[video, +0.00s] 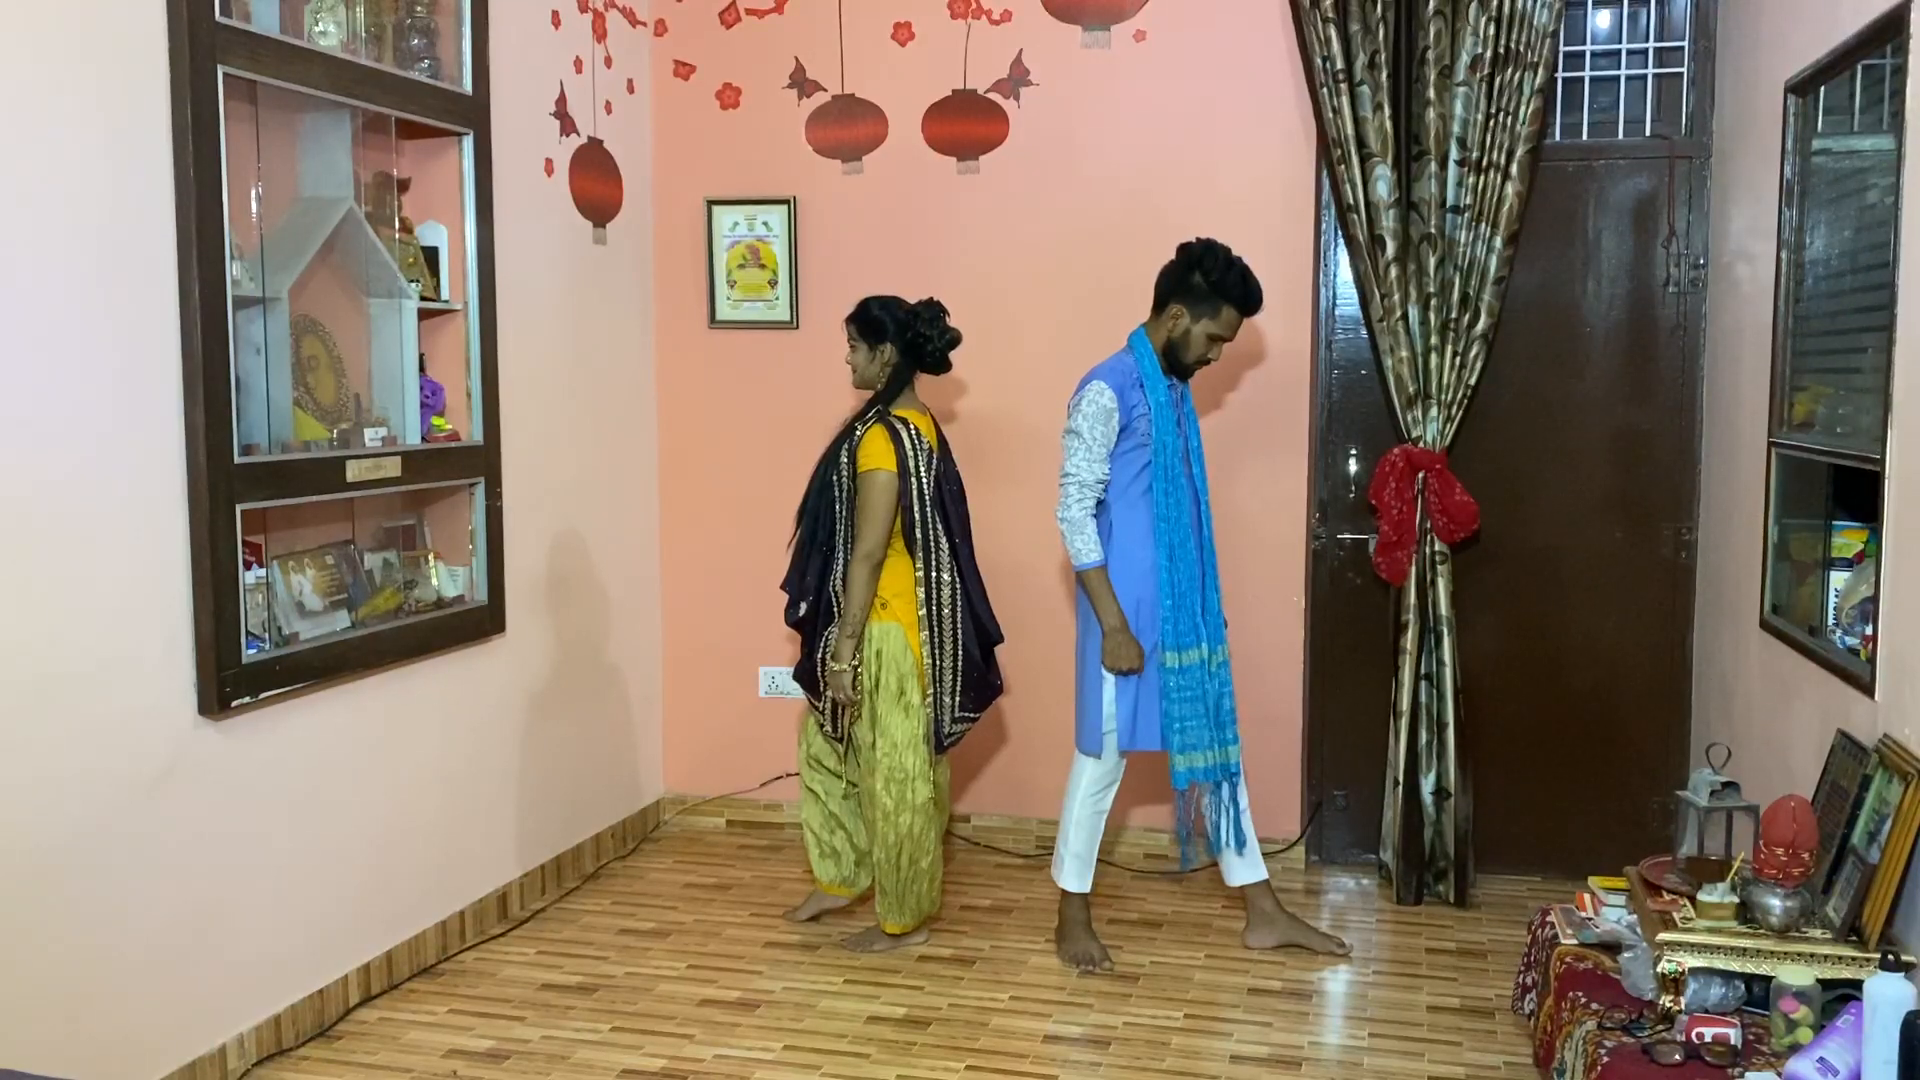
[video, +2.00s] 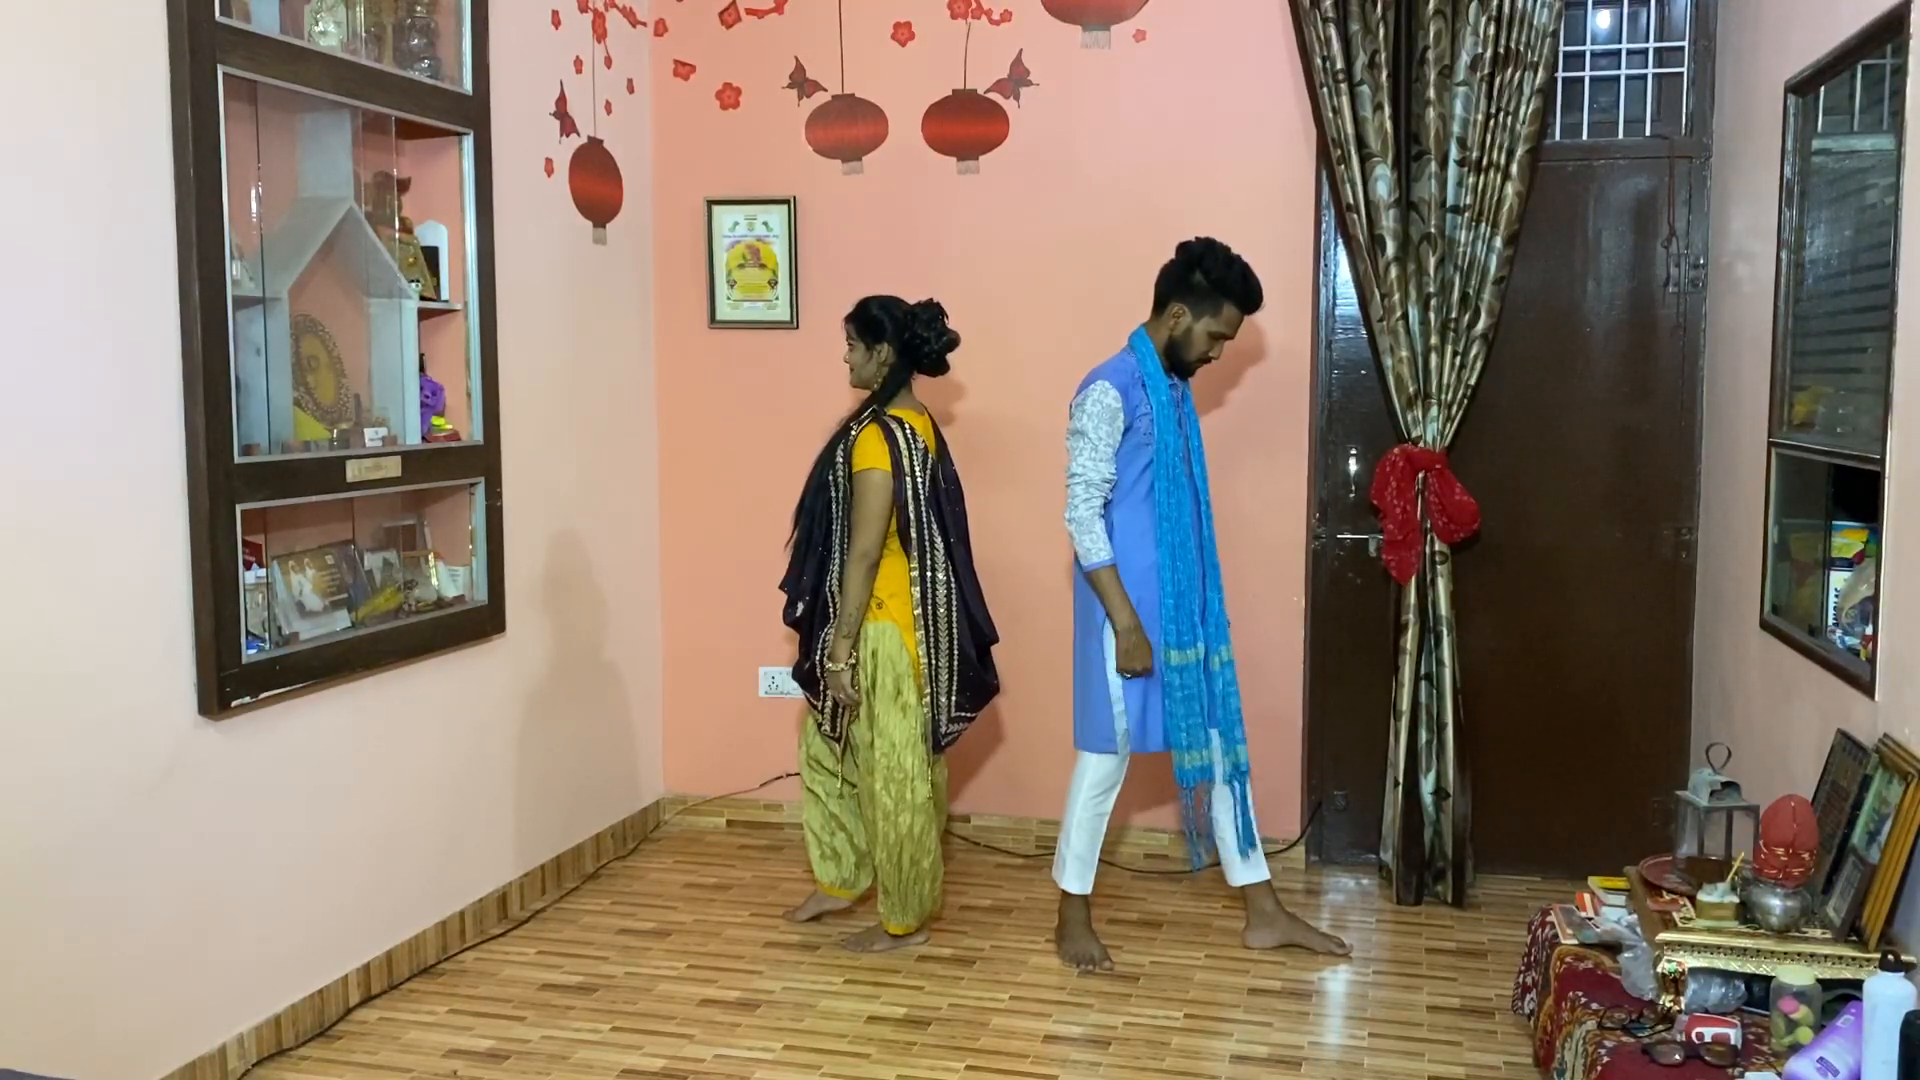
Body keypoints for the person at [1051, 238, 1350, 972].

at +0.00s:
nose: (1219, 353)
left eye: (1226, 340)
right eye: (1215, 337)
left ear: (1194, 320)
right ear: (1173, 312)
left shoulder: (1172, 393)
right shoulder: (1105, 393)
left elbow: (1172, 516)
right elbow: (1075, 515)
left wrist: (1197, 607)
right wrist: (1113, 623)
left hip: (1184, 605)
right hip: (1123, 606)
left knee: (1212, 744)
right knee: (1103, 755)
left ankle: (1263, 908)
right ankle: (1072, 913)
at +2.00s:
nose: (1220, 351)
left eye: (1228, 338)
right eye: (1217, 334)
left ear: (1193, 318)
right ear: (1175, 311)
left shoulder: (1171, 391)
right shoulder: (1108, 392)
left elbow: (1170, 516)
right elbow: (1083, 518)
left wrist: (1197, 606)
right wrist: (1124, 621)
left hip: (1185, 601)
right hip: (1123, 603)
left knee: (1218, 741)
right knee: (1106, 754)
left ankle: (1263, 909)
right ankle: (1072, 915)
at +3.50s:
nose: (1266, 325)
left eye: (1262, 313)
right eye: (1252, 315)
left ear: (1228, 328)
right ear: (1208, 332)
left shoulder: (1260, 414)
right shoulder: (1170, 407)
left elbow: (1295, 491)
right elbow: (1166, 496)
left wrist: (1361, 521)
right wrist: (1170, 572)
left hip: (1259, 619)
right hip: (1186, 615)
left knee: (1313, 757)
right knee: (1158, 787)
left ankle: (1268, 902)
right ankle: (1038, 892)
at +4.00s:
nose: (1170, 352)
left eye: (1183, 340)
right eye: (1171, 339)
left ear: (1232, 350)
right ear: (1218, 351)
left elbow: (1369, 522)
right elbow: (1092, 512)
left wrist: (1304, 579)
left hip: (1247, 645)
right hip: (1153, 637)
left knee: (1327, 780)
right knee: (1088, 775)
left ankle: (1271, 903)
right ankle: (1090, 902)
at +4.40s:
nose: (1199, 247)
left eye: (1216, 239)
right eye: (1202, 236)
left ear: (1252, 258)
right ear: (1206, 255)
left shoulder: (1266, 332)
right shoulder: (1185, 318)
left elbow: (1265, 234)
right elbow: (1150, 234)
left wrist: (1255, 103)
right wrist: (1129, 137)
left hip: (1239, 552)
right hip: (1158, 551)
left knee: (1277, 731)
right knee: (1120, 713)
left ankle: (1315, 903)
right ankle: (1120, 879)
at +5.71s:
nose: (1157, 286)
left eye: (1167, 270)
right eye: (1158, 270)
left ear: (1207, 271)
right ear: (1212, 272)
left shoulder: (1229, 337)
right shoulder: (1220, 333)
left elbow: (1218, 461)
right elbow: (1221, 462)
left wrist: (1180, 568)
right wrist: (1184, 566)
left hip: (1242, 572)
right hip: (1198, 572)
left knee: (1279, 750)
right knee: (1134, 711)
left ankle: (1328, 919)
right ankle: (1114, 874)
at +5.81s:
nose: (1166, 303)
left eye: (1178, 288)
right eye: (1168, 288)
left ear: (1222, 292)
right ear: (1217, 293)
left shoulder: (1237, 375)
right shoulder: (1210, 367)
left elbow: (1252, 507)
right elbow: (1185, 493)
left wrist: (1244, 631)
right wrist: (1115, 552)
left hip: (1250, 609)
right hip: (1196, 604)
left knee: (1283, 769)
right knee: (1141, 738)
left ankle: (1336, 933)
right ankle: (1129, 903)